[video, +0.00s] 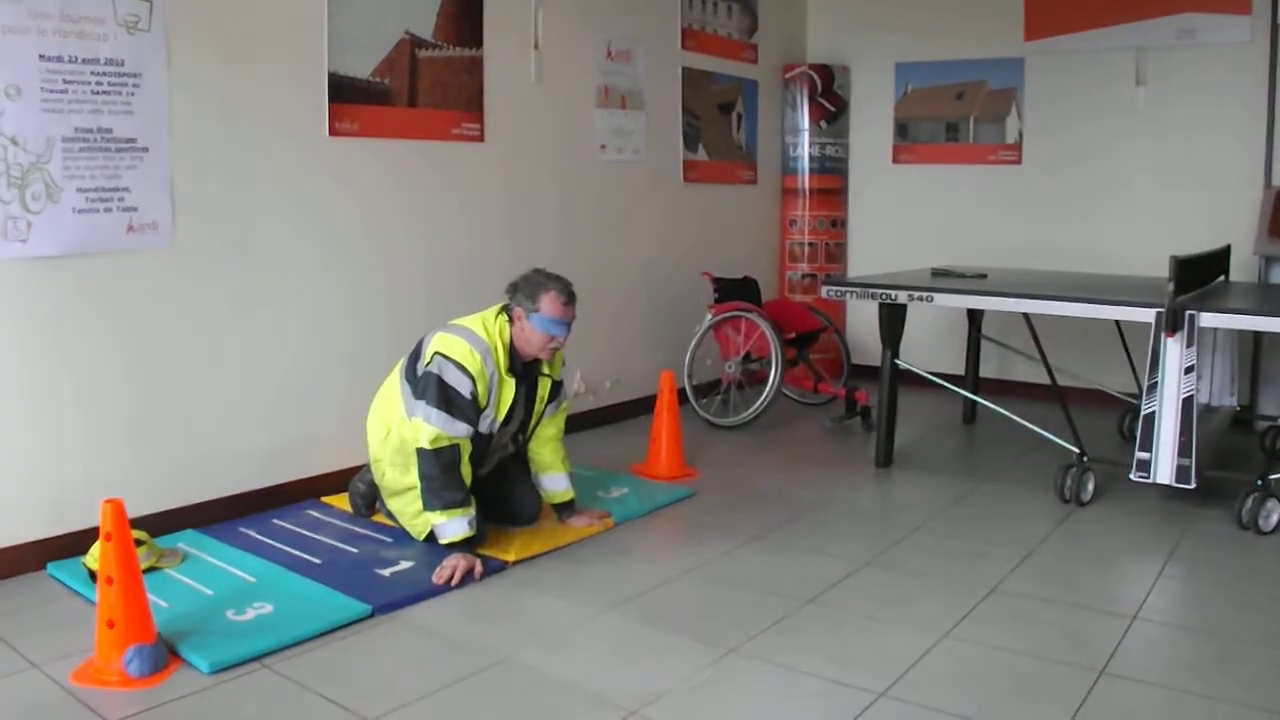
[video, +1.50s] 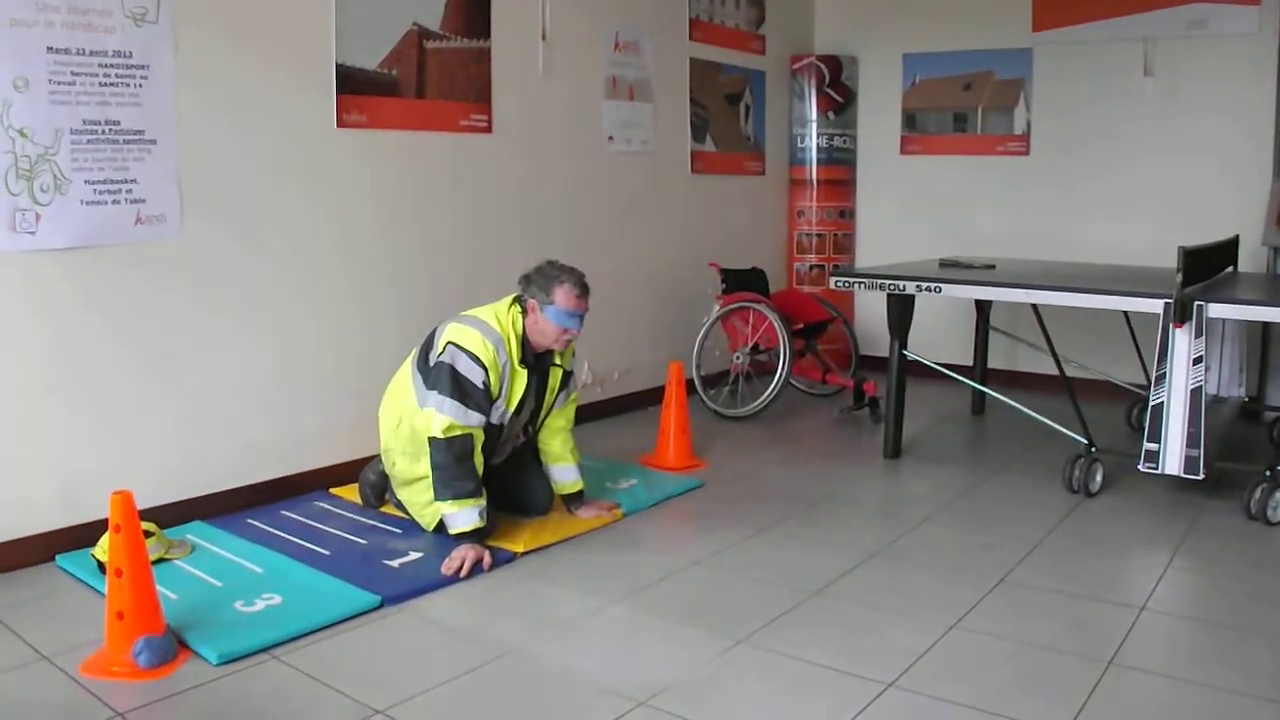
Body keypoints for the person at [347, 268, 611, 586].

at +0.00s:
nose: (560, 339)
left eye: (566, 329)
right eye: (552, 327)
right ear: (518, 318)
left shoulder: (548, 357)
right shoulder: (460, 355)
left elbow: (546, 434)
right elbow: (438, 452)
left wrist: (567, 509)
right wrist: (459, 547)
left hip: (481, 439)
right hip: (408, 447)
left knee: (523, 511)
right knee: (456, 535)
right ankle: (383, 482)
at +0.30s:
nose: (562, 337)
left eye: (568, 327)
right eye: (554, 326)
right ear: (520, 317)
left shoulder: (551, 356)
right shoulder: (463, 354)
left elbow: (548, 433)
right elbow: (440, 449)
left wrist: (568, 507)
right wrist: (462, 545)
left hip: (484, 436)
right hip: (410, 443)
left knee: (526, 509)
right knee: (453, 533)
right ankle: (386, 481)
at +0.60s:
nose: (570, 335)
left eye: (575, 325)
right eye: (562, 324)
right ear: (527, 313)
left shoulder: (555, 353)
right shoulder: (469, 351)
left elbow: (552, 430)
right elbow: (445, 446)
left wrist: (571, 505)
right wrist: (464, 543)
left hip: (487, 432)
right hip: (415, 441)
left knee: (530, 507)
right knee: (457, 531)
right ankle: (388, 478)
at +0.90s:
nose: (568, 332)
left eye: (573, 321)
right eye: (559, 319)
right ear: (525, 311)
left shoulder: (554, 351)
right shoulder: (466, 349)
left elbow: (551, 428)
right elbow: (444, 444)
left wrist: (572, 502)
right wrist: (464, 540)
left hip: (489, 435)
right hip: (416, 442)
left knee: (532, 505)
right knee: (462, 530)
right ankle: (391, 480)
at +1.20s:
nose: (572, 333)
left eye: (577, 322)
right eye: (563, 321)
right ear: (529, 311)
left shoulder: (556, 352)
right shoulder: (468, 348)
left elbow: (553, 427)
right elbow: (445, 443)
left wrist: (573, 500)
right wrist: (465, 539)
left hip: (491, 433)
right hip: (417, 440)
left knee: (533, 504)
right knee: (456, 529)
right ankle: (391, 479)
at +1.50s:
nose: (574, 331)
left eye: (580, 321)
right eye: (566, 320)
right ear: (532, 309)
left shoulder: (559, 349)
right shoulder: (471, 346)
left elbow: (556, 425)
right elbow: (451, 442)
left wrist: (576, 500)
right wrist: (469, 538)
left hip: (492, 429)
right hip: (419, 438)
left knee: (536, 502)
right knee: (454, 525)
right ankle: (393, 476)